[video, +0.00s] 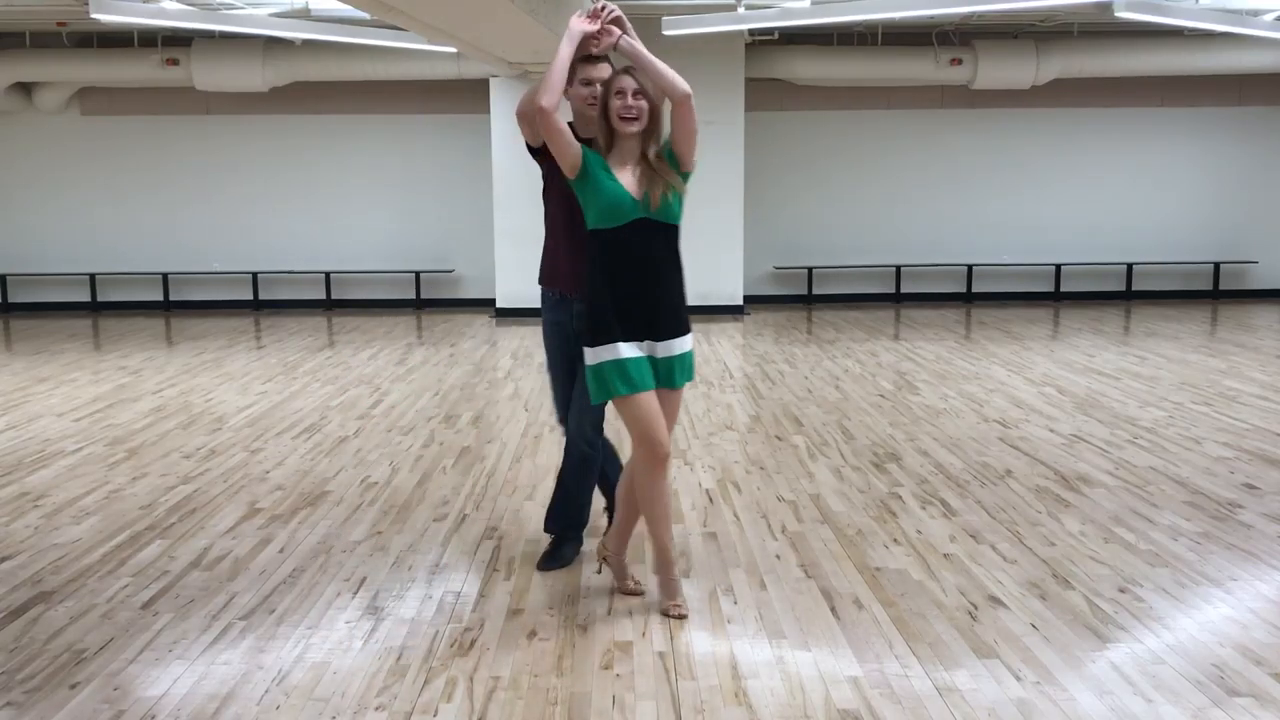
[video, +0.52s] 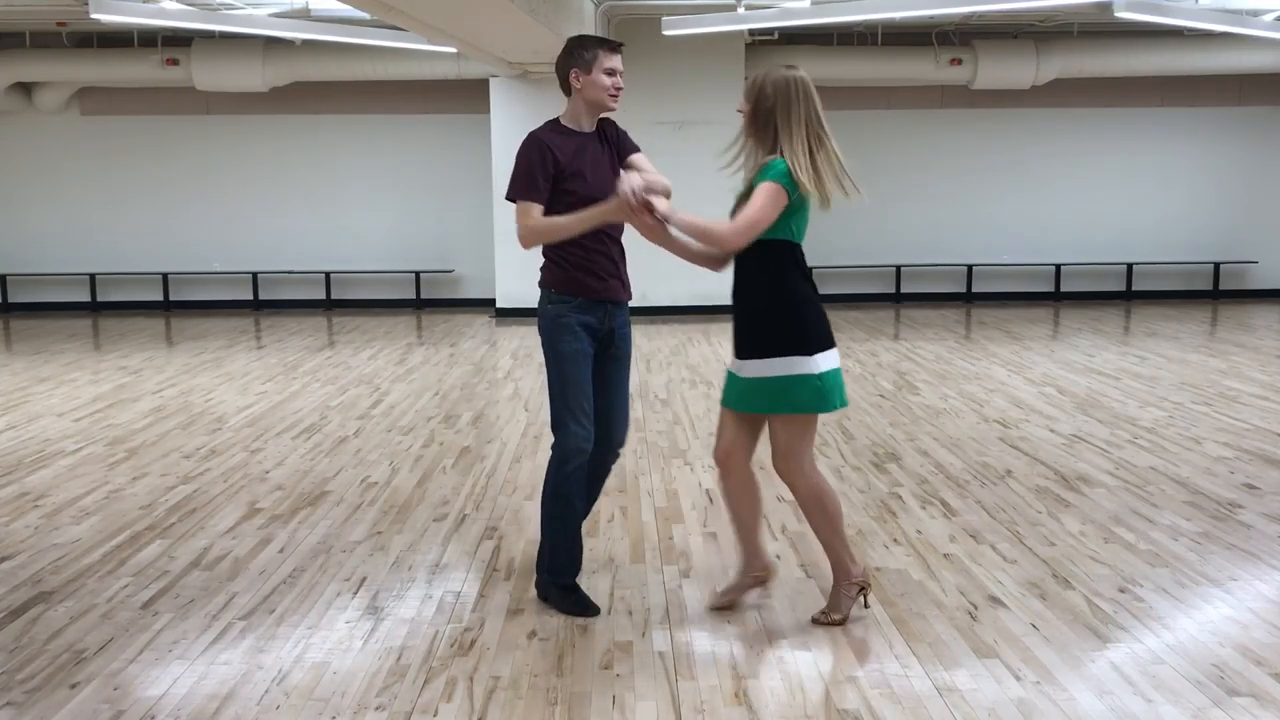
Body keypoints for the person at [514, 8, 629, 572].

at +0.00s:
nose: (594, 91)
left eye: (604, 82)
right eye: (584, 82)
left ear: (618, 90)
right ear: (567, 90)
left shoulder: (628, 147)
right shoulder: (555, 146)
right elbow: (528, 115)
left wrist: (625, 45)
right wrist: (573, 52)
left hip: (612, 300)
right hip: (560, 298)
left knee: (584, 422)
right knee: (569, 416)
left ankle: (566, 532)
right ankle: (620, 493)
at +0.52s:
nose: (620, 83)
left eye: (621, 75)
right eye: (610, 74)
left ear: (602, 82)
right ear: (576, 78)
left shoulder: (614, 138)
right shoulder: (540, 145)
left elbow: (662, 187)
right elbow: (529, 232)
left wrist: (645, 186)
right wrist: (609, 211)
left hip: (613, 310)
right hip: (566, 310)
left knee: (608, 440)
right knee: (575, 441)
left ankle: (557, 538)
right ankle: (555, 580)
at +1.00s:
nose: (641, 77)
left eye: (639, 67)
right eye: (631, 68)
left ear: (610, 78)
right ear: (598, 76)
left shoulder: (611, 141)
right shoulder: (588, 142)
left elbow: (664, 193)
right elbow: (619, 243)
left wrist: (702, 206)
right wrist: (693, 240)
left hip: (628, 313)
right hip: (604, 313)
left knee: (660, 439)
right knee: (624, 443)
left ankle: (653, 572)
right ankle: (558, 569)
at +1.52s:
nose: (608, 79)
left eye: (607, 70)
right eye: (598, 70)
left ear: (575, 79)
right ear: (565, 76)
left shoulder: (575, 139)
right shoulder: (545, 136)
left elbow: (623, 186)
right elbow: (578, 206)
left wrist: (648, 173)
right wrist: (634, 186)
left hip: (572, 311)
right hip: (563, 312)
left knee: (564, 441)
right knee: (605, 443)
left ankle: (507, 565)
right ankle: (579, 581)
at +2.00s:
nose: (568, 82)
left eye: (567, 71)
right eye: (560, 71)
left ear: (528, 78)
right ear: (528, 75)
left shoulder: (523, 128)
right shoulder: (510, 126)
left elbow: (586, 106)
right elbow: (586, 101)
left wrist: (630, 51)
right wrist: (631, 49)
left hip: (526, 318)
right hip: (503, 318)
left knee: (526, 452)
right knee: (484, 448)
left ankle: (503, 577)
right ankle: (408, 564)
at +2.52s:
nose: (597, 79)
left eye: (596, 70)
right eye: (590, 69)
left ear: (559, 77)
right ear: (559, 74)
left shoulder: (556, 134)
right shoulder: (532, 127)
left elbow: (600, 142)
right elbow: (584, 121)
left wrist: (646, 126)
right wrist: (664, 57)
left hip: (533, 313)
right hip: (542, 316)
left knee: (528, 447)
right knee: (593, 441)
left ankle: (496, 579)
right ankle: (523, 572)